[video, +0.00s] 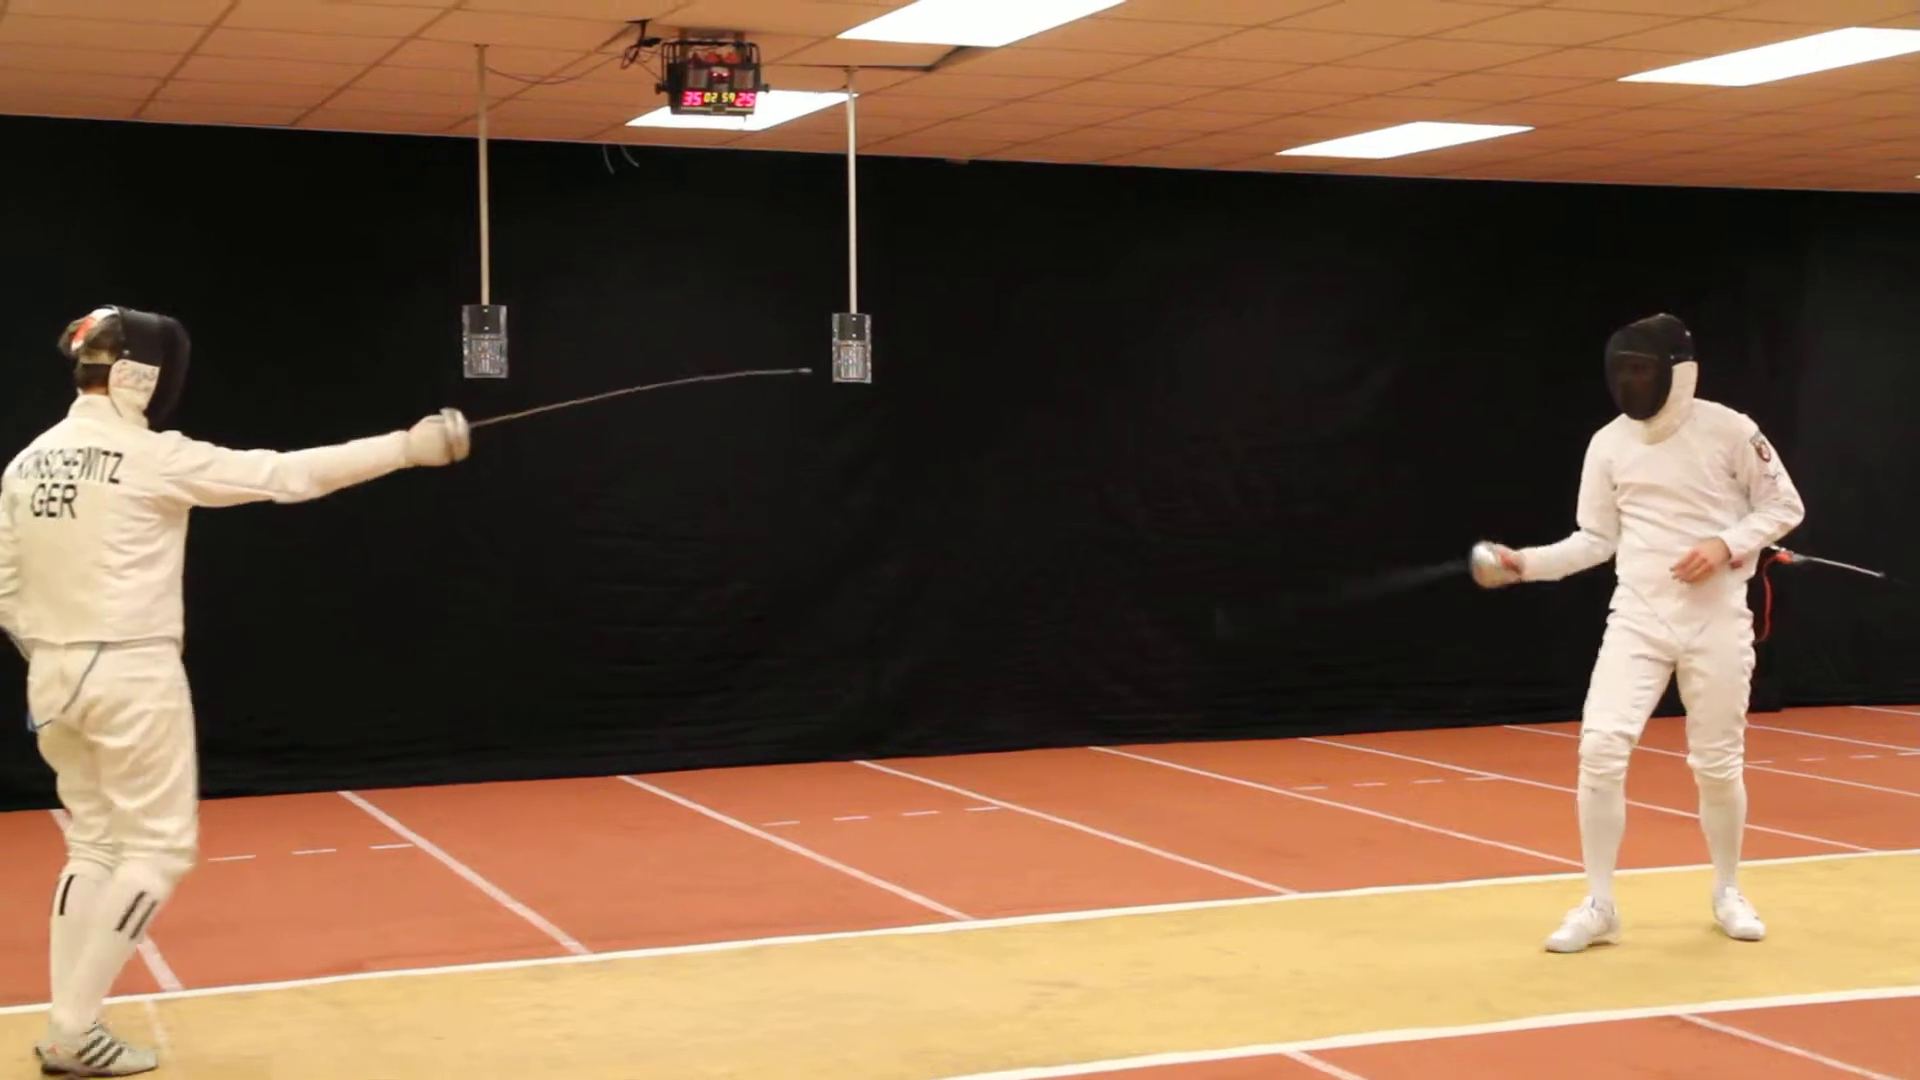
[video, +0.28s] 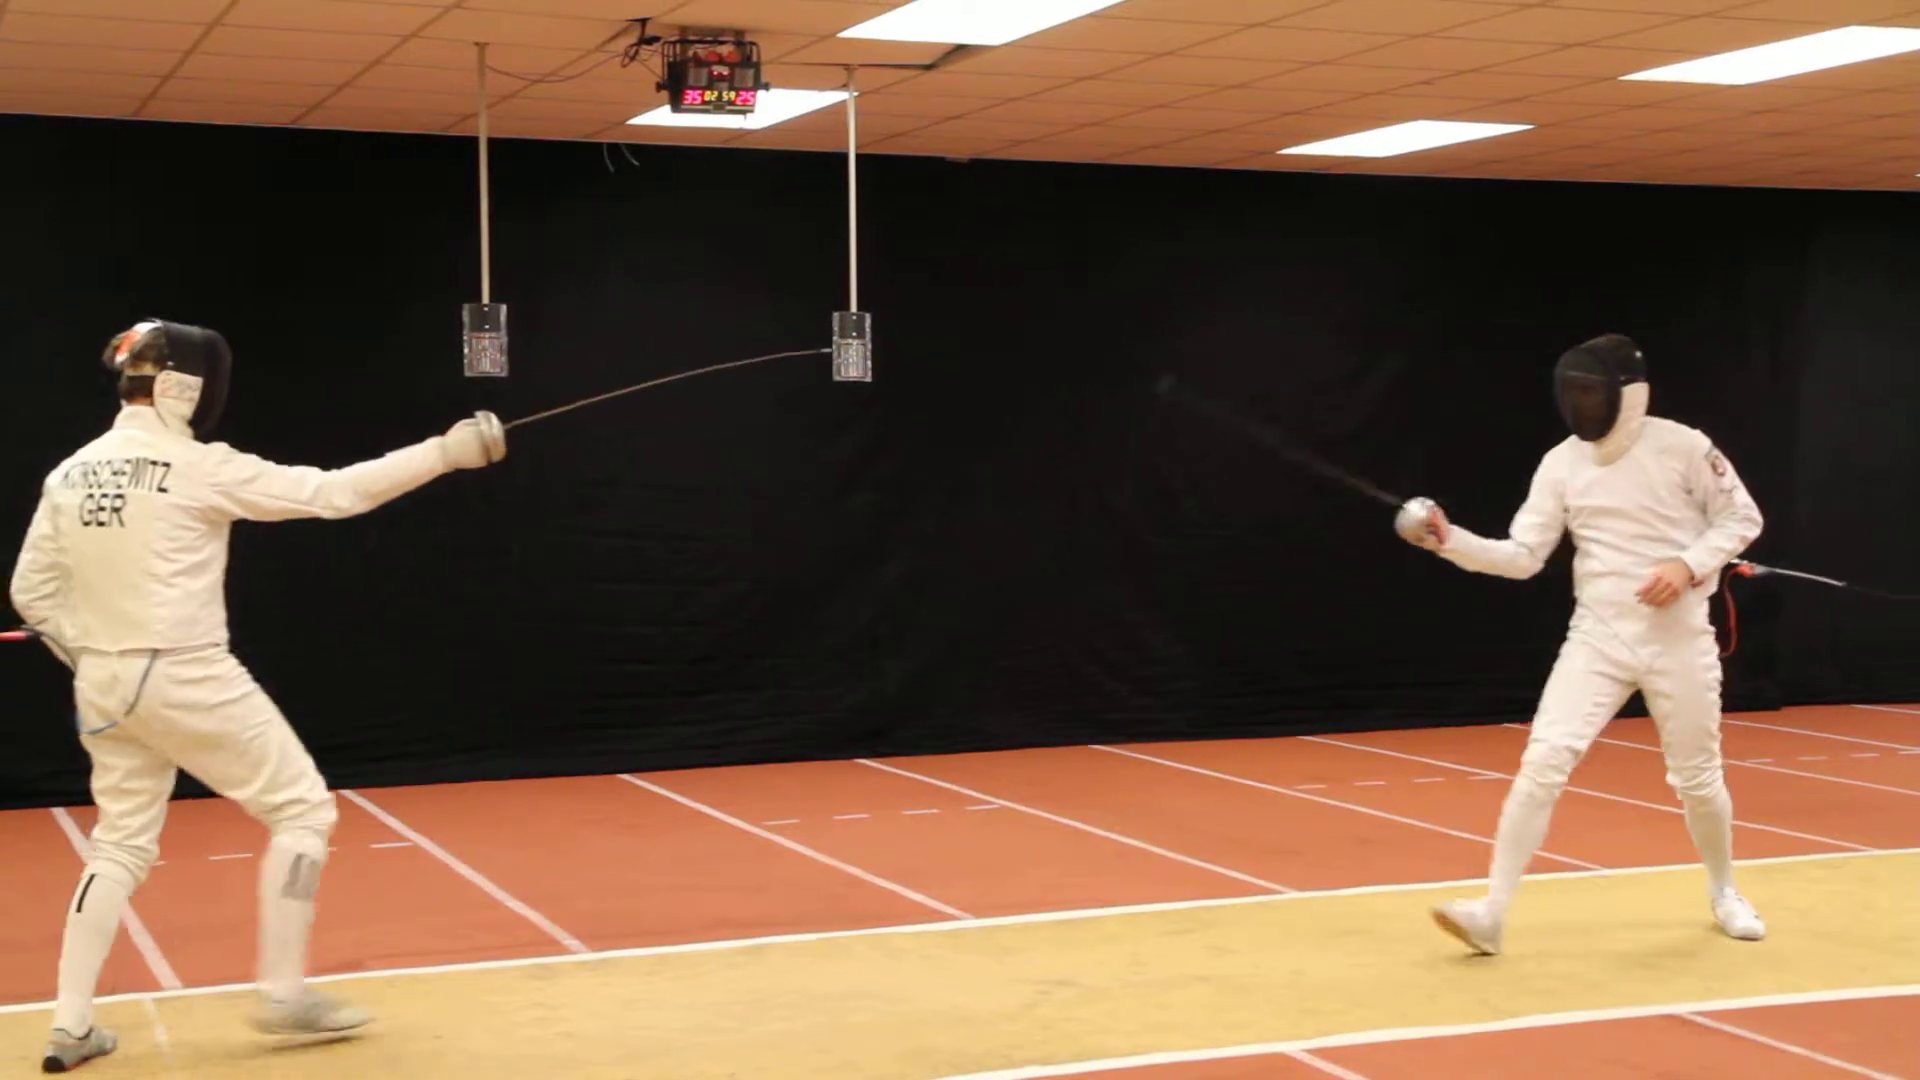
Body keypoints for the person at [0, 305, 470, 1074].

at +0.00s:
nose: (162, 392)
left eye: (163, 378)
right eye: (160, 378)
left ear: (83, 371)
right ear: (138, 376)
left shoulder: (21, 469)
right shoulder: (151, 456)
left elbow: (11, 598)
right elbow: (288, 474)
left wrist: (62, 660)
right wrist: (412, 444)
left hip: (52, 678)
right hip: (136, 675)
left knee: (92, 845)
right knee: (156, 847)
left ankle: (68, 1027)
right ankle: (73, 1027)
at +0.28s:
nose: (206, 399)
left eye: (205, 386)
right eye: (199, 385)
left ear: (129, 385)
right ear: (171, 387)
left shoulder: (68, 475)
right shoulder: (199, 465)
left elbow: (32, 589)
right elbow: (335, 491)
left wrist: (95, 660)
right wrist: (449, 449)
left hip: (102, 685)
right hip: (188, 675)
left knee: (120, 847)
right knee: (303, 810)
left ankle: (69, 1023)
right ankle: (284, 996)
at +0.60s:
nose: (342, 423)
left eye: (338, 410)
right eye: (334, 410)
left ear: (267, 413)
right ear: (312, 417)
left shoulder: (204, 493)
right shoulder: (334, 495)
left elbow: (154, 596)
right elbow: (462, 529)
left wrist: (213, 663)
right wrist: (571, 485)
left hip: (218, 700)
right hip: (313, 698)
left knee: (185, 857)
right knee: (427, 823)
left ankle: (83, 1015)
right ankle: (479, 984)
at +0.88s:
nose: (448, 414)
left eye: (442, 399)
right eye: (445, 400)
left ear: (389, 395)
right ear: (433, 405)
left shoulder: (312, 464)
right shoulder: (446, 485)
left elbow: (235, 541)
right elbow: (567, 534)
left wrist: (273, 621)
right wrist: (673, 502)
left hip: (291, 668)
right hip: (386, 676)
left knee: (251, 829)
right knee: (475, 812)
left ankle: (192, 1003)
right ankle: (482, 985)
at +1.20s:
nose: (437, 425)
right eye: (435, 413)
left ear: (364, 407)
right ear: (423, 417)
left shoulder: (293, 477)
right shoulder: (425, 491)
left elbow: (216, 556)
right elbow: (527, 564)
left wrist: (259, 634)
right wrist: (636, 532)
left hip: (277, 678)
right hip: (369, 681)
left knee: (223, 839)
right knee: (469, 814)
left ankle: (129, 997)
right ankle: (481, 983)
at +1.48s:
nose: (341, 427)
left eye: (340, 415)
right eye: (337, 415)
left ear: (268, 407)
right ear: (318, 415)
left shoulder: (197, 483)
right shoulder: (328, 495)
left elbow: (123, 566)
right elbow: (433, 572)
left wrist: (179, 644)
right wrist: (546, 544)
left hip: (190, 689)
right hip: (286, 691)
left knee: (165, 848)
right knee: (387, 827)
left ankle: (105, 1016)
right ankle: (462, 984)